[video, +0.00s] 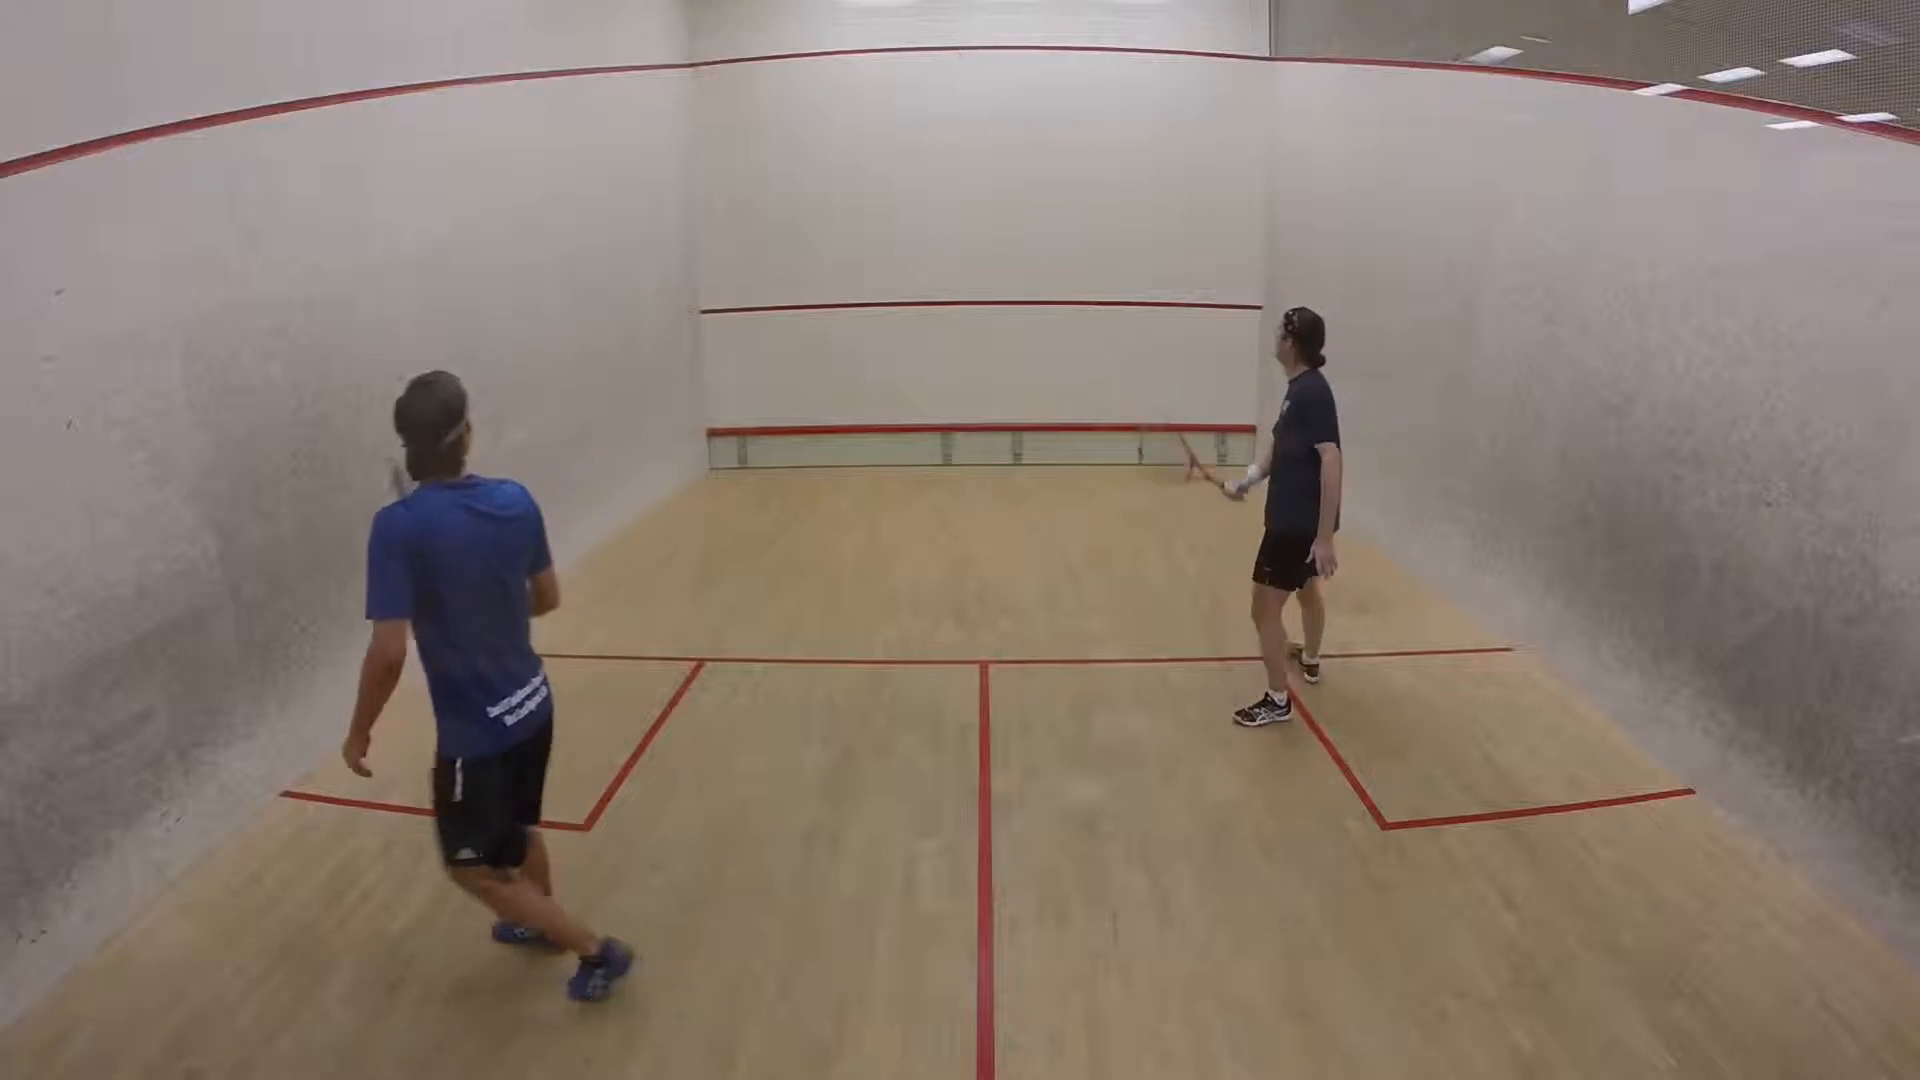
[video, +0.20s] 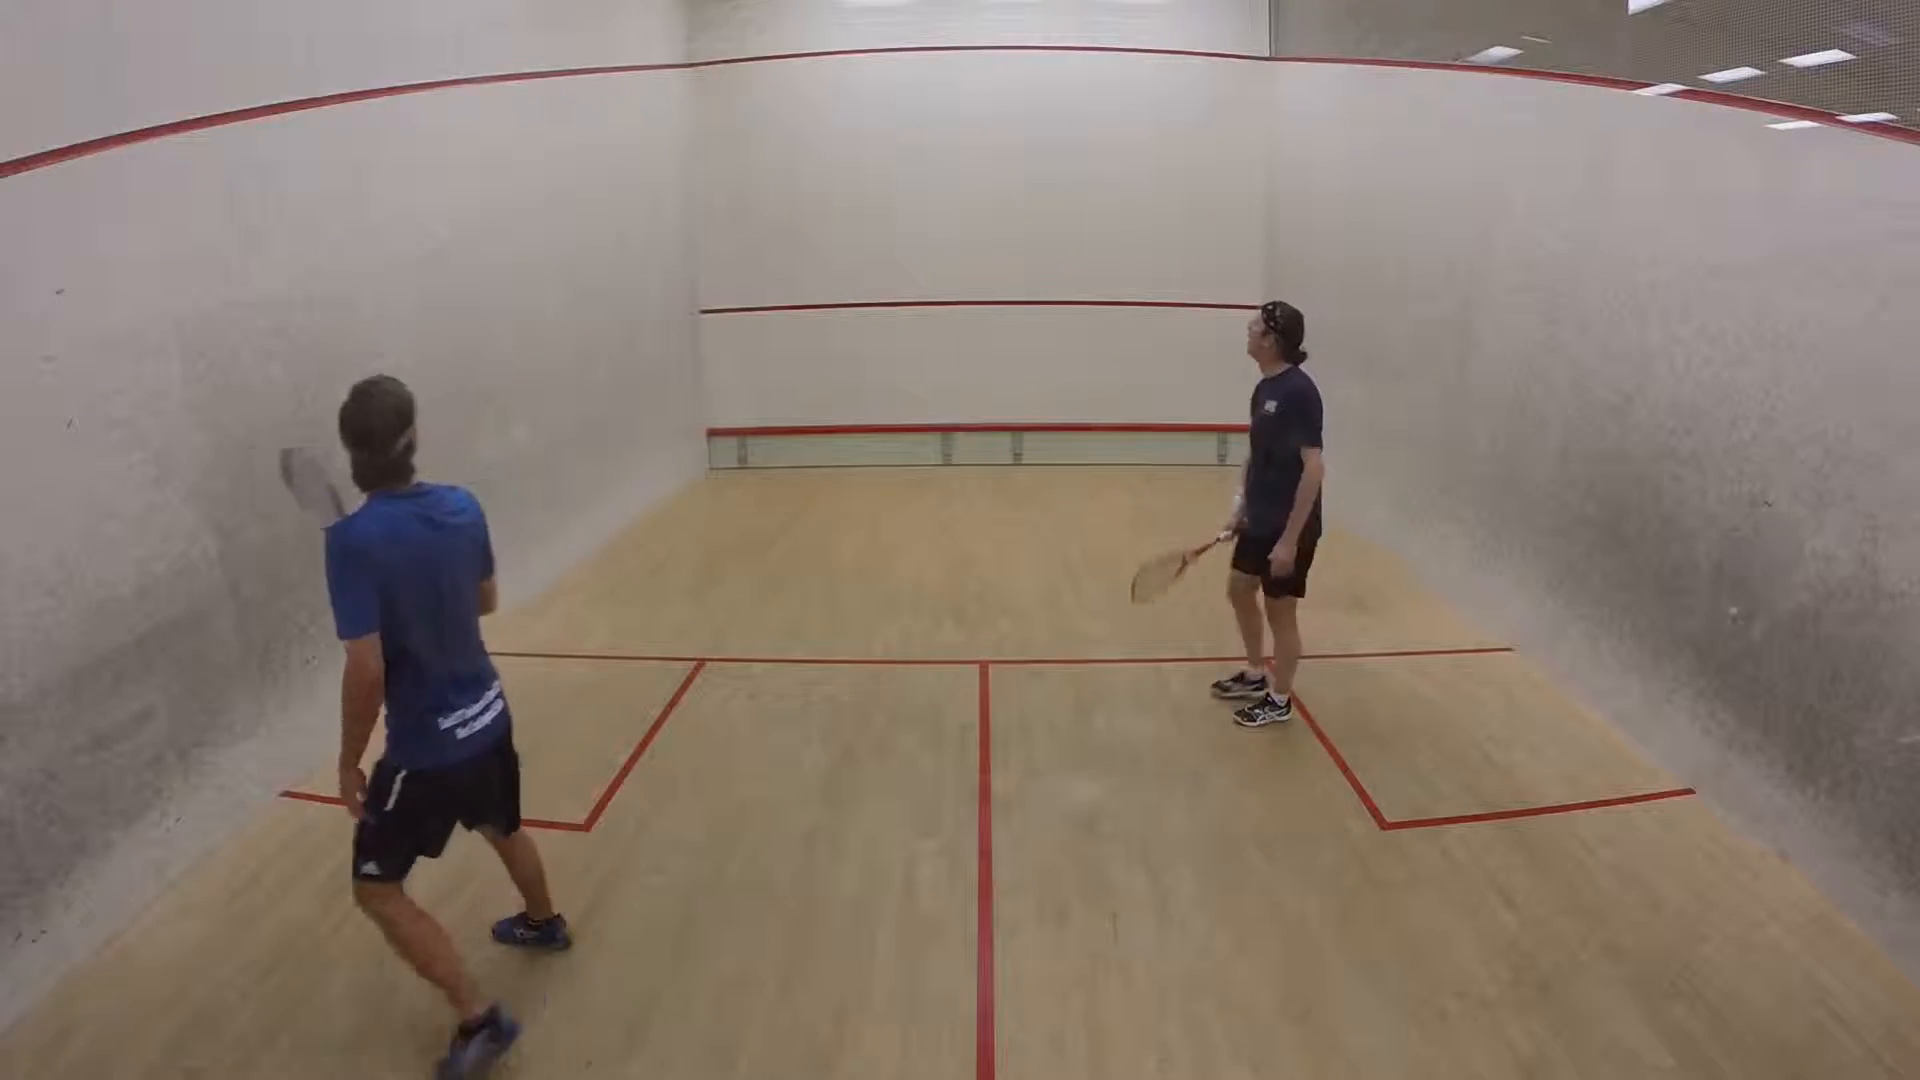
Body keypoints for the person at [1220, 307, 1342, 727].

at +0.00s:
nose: (1275, 344)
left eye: (1279, 337)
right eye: (1278, 337)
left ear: (1291, 342)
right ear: (1305, 343)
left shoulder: (1311, 392)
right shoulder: (1300, 389)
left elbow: (1331, 460)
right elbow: (1278, 447)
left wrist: (1325, 536)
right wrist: (1246, 482)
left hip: (1291, 522)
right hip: (1301, 518)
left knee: (1264, 610)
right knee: (1308, 591)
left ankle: (1278, 699)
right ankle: (1310, 660)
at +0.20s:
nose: (1248, 334)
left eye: (1254, 330)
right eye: (1250, 328)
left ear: (1272, 338)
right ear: (1272, 339)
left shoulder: (1301, 390)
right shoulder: (1263, 388)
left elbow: (1313, 471)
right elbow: (1257, 458)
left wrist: (1289, 539)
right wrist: (1241, 507)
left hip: (1292, 520)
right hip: (1260, 514)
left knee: (1280, 608)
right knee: (1240, 590)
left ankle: (1281, 699)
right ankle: (1256, 672)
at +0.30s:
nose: (1234, 331)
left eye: (1242, 328)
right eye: (1238, 326)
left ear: (1260, 342)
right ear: (1257, 341)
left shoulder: (1291, 396)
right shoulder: (1246, 390)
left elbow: (1301, 473)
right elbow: (1246, 471)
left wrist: (1267, 543)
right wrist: (1228, 528)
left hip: (1285, 526)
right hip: (1244, 516)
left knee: (1280, 616)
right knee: (1214, 598)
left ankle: (1281, 698)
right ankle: (1215, 690)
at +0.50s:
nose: (1199, 340)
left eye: (1209, 336)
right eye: (1203, 334)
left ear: (1231, 351)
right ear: (1224, 349)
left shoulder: (1263, 406)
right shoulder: (1203, 398)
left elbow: (1272, 487)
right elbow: (1207, 474)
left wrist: (1234, 552)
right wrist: (1194, 535)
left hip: (1251, 533)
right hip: (1205, 526)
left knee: (1260, 621)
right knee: (1179, 622)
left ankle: (1276, 695)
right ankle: (1155, 722)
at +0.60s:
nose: (1180, 336)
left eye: (1190, 332)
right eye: (1185, 329)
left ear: (1214, 348)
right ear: (1205, 348)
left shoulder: (1245, 406)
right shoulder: (1180, 399)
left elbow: (1259, 489)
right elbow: (1181, 475)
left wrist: (1229, 556)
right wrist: (1170, 533)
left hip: (1229, 537)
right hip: (1181, 529)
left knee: (1233, 630)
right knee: (1157, 622)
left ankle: (1270, 687)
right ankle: (1149, 725)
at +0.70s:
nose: (1161, 331)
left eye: (1172, 327)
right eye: (1165, 324)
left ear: (1197, 343)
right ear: (1183, 343)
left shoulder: (1229, 401)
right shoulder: (1158, 395)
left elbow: (1247, 483)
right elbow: (1152, 465)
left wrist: (1230, 559)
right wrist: (1148, 523)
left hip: (1206, 540)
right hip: (1159, 531)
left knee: (1197, 646)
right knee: (1146, 629)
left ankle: (1245, 683)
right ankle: (1149, 726)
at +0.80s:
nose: (1143, 329)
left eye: (1154, 325)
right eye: (1146, 322)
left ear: (1181, 340)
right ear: (1166, 339)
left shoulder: (1213, 398)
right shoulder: (1137, 391)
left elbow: (1235, 478)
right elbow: (1123, 461)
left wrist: (1229, 557)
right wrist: (1106, 524)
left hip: (1191, 539)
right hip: (1143, 531)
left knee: (1162, 645)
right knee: (1140, 631)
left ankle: (1203, 696)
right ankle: (1148, 726)